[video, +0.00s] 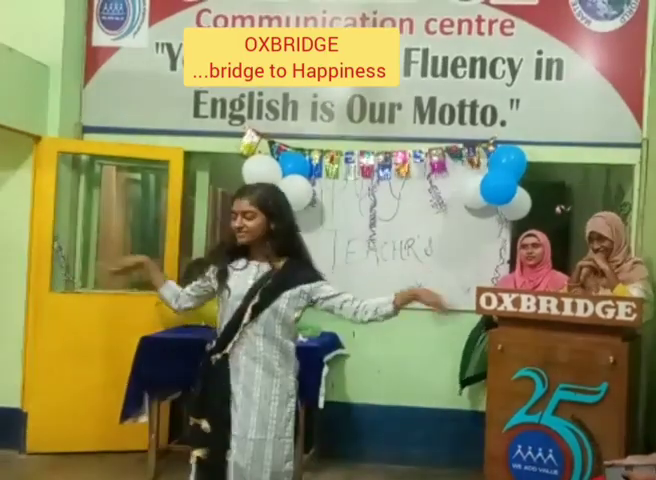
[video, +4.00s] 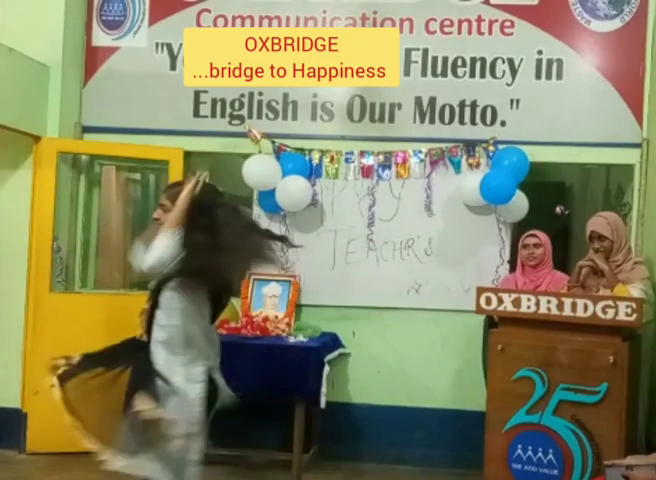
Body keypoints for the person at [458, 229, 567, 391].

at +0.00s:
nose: (529, 251)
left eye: (535, 246)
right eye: (524, 247)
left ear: (546, 250)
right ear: (518, 252)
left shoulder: (561, 282)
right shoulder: (506, 282)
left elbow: (566, 317)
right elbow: (493, 316)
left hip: (548, 346)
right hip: (511, 346)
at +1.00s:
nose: (529, 251)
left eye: (535, 246)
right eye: (524, 247)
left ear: (545, 250)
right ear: (518, 252)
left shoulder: (561, 282)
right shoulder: (506, 282)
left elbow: (566, 319)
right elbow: (494, 320)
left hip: (548, 351)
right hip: (511, 350)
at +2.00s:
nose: (531, 250)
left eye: (536, 246)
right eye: (526, 246)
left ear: (546, 250)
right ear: (519, 252)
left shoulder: (561, 281)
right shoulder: (507, 282)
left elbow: (565, 323)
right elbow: (491, 324)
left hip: (548, 353)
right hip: (511, 352)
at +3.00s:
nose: (531, 251)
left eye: (537, 246)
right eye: (525, 247)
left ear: (547, 251)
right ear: (519, 252)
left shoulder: (561, 281)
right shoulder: (507, 281)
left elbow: (567, 318)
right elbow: (495, 317)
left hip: (549, 349)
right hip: (512, 347)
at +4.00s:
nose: (530, 252)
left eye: (536, 246)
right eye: (525, 247)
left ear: (547, 250)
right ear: (519, 252)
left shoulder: (561, 281)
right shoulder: (508, 281)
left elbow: (566, 317)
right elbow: (496, 315)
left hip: (549, 347)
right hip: (512, 346)